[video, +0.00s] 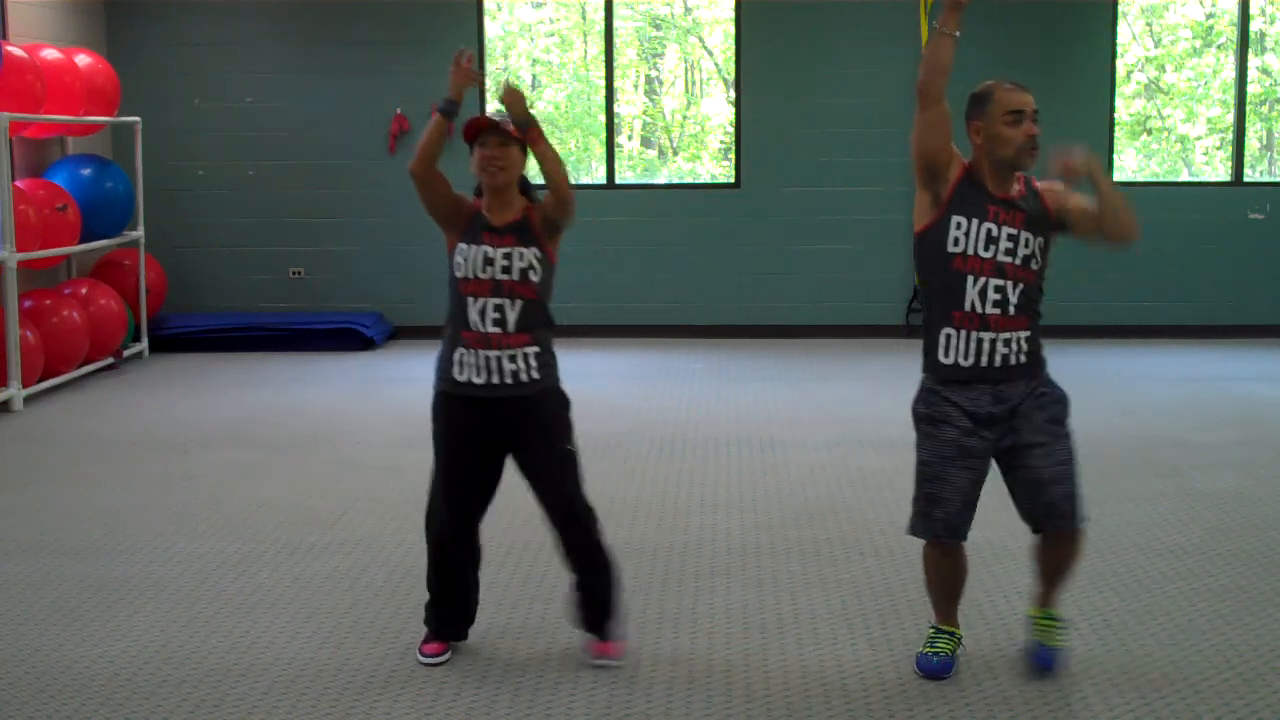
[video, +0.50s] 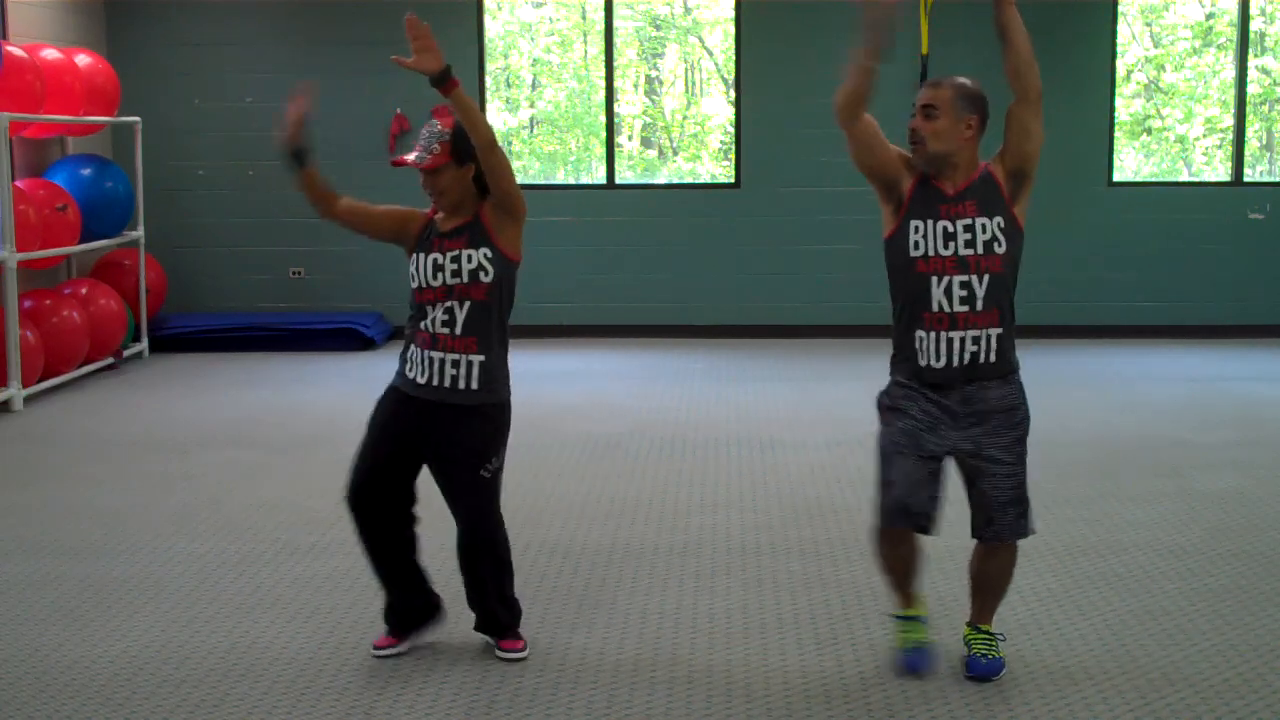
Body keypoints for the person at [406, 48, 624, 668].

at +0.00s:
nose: (491, 153)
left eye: (502, 145)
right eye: (484, 145)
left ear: (522, 159)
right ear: (471, 159)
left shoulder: (543, 220)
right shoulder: (460, 219)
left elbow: (563, 192)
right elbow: (422, 169)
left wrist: (529, 124)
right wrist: (452, 100)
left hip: (533, 397)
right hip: (465, 397)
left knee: (570, 512)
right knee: (450, 518)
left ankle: (602, 623)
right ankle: (444, 626)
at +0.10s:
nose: (470, 159)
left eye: (482, 148)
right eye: (462, 149)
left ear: (507, 156)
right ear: (454, 160)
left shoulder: (529, 215)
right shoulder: (445, 216)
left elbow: (529, 156)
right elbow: (405, 167)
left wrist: (498, 94)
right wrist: (438, 100)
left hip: (513, 394)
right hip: (447, 393)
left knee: (526, 517)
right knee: (440, 518)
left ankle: (510, 617)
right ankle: (442, 625)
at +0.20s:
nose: (454, 160)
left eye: (466, 149)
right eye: (447, 152)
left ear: (494, 154)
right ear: (441, 159)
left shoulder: (519, 212)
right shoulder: (436, 213)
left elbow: (514, 147)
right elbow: (393, 167)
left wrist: (480, 81)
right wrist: (423, 100)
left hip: (494, 388)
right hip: (432, 385)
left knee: (487, 508)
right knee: (430, 506)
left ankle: (489, 621)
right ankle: (438, 621)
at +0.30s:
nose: (441, 165)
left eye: (452, 154)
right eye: (438, 155)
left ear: (485, 153)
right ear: (435, 158)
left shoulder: (513, 208)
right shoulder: (431, 210)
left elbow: (505, 140)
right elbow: (377, 167)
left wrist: (470, 75)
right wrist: (399, 99)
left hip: (482, 388)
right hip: (420, 384)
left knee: (476, 508)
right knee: (419, 508)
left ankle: (489, 618)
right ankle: (429, 622)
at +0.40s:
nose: (435, 174)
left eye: (444, 163)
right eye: (430, 164)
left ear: (478, 159)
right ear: (431, 167)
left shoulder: (508, 214)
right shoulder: (425, 215)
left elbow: (497, 141)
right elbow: (356, 182)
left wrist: (458, 73)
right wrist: (358, 120)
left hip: (475, 397)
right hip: (413, 391)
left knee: (468, 519)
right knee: (407, 513)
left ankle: (499, 623)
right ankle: (423, 624)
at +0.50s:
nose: (428, 184)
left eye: (438, 173)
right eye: (424, 175)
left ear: (473, 171)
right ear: (427, 178)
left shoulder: (501, 223)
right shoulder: (419, 227)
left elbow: (491, 151)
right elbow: (334, 207)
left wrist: (445, 79)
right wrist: (298, 154)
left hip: (474, 407)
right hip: (410, 398)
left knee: (478, 517)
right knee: (371, 497)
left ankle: (501, 623)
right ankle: (412, 608)